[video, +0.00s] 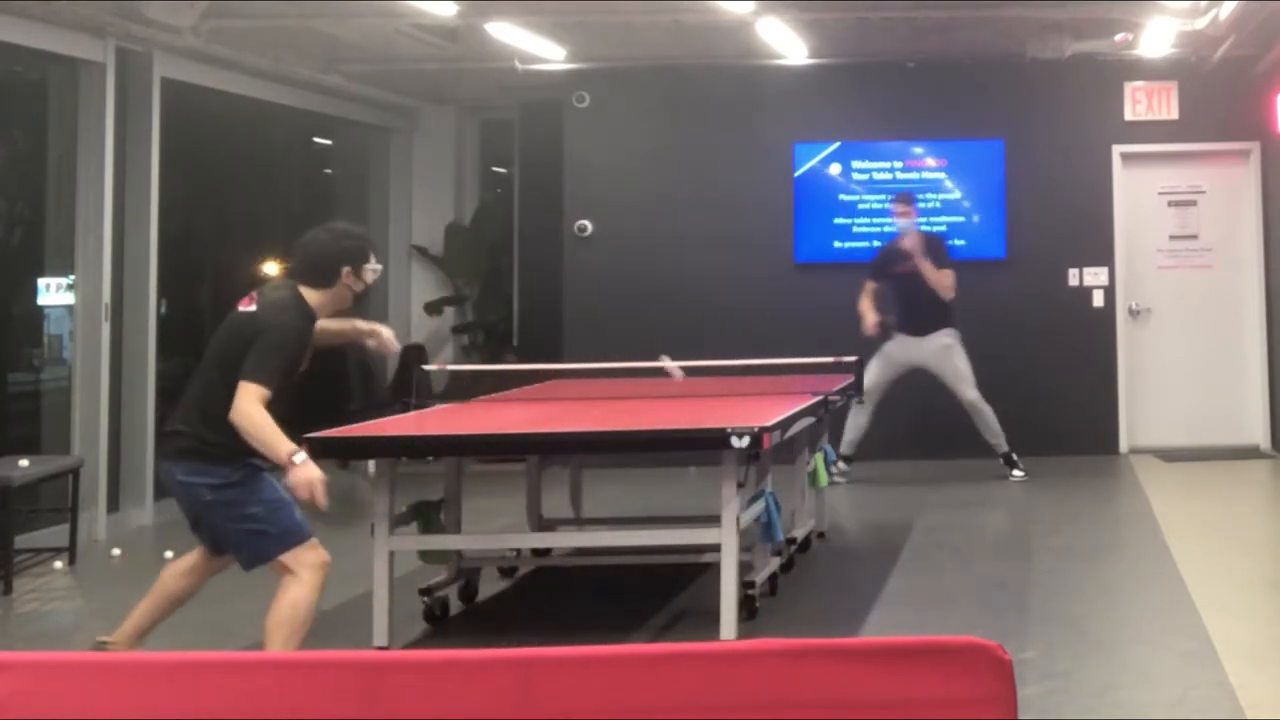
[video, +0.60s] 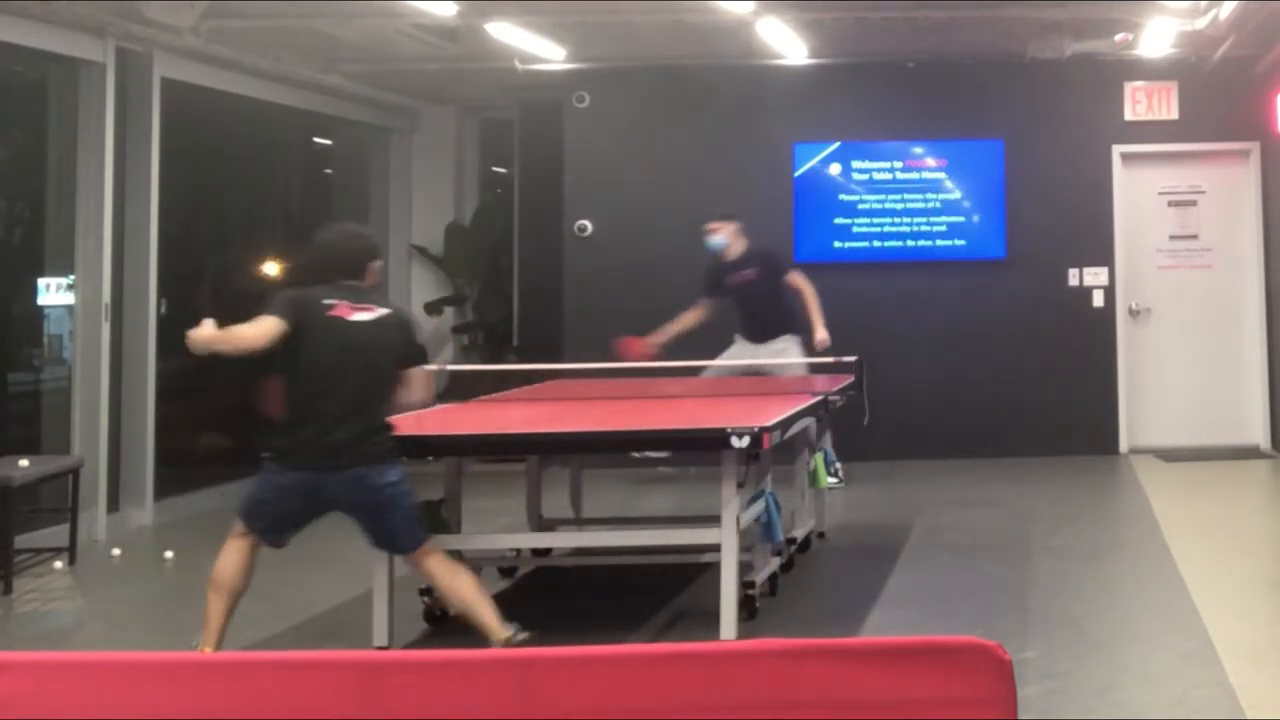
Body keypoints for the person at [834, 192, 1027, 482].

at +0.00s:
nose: (901, 220)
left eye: (906, 214)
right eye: (897, 215)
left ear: (915, 214)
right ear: (892, 216)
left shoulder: (933, 245)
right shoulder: (888, 253)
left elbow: (947, 290)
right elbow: (867, 292)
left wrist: (919, 257)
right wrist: (870, 316)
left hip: (940, 341)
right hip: (900, 342)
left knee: (971, 397)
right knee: (865, 394)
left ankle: (1007, 456)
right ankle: (843, 460)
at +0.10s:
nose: (861, 218)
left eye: (866, 212)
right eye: (857, 213)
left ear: (877, 212)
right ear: (853, 216)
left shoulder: (899, 244)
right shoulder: (849, 253)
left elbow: (929, 286)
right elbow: (837, 291)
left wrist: (894, 278)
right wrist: (837, 323)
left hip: (910, 339)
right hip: (869, 340)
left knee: (949, 394)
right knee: (842, 393)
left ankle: (1001, 453)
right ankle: (833, 462)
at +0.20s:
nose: (830, 215)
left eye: (835, 209)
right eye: (826, 210)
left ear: (846, 210)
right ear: (821, 212)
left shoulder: (869, 242)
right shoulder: (819, 250)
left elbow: (903, 280)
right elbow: (810, 292)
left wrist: (879, 294)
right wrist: (808, 329)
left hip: (878, 334)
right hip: (838, 337)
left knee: (911, 390)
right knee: (828, 399)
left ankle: (953, 452)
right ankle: (829, 463)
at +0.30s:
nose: (805, 209)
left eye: (810, 204)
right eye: (802, 204)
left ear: (823, 204)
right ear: (798, 207)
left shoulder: (846, 237)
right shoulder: (795, 246)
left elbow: (879, 275)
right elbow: (790, 287)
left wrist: (861, 305)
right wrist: (786, 325)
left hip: (849, 327)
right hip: (812, 330)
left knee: (866, 389)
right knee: (804, 391)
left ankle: (886, 454)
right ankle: (820, 458)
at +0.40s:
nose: (781, 212)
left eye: (787, 205)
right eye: (777, 207)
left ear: (800, 205)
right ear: (773, 211)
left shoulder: (824, 237)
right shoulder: (774, 246)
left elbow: (856, 277)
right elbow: (771, 288)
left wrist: (847, 315)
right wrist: (761, 325)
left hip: (824, 326)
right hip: (788, 326)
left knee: (831, 390)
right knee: (765, 381)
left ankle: (835, 457)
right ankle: (776, 448)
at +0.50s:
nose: (752, 223)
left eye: (758, 217)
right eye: (748, 218)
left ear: (774, 215)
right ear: (745, 222)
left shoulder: (798, 249)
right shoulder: (752, 258)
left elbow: (833, 283)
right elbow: (746, 303)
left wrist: (832, 330)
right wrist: (713, 343)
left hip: (803, 335)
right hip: (765, 335)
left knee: (818, 397)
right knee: (730, 386)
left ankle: (829, 462)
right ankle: (728, 458)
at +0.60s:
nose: (712, 239)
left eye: (718, 231)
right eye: (708, 234)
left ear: (736, 229)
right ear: (706, 239)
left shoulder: (765, 259)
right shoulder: (718, 271)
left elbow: (804, 286)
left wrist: (819, 328)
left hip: (782, 345)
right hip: (744, 347)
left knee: (803, 403)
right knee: (699, 392)